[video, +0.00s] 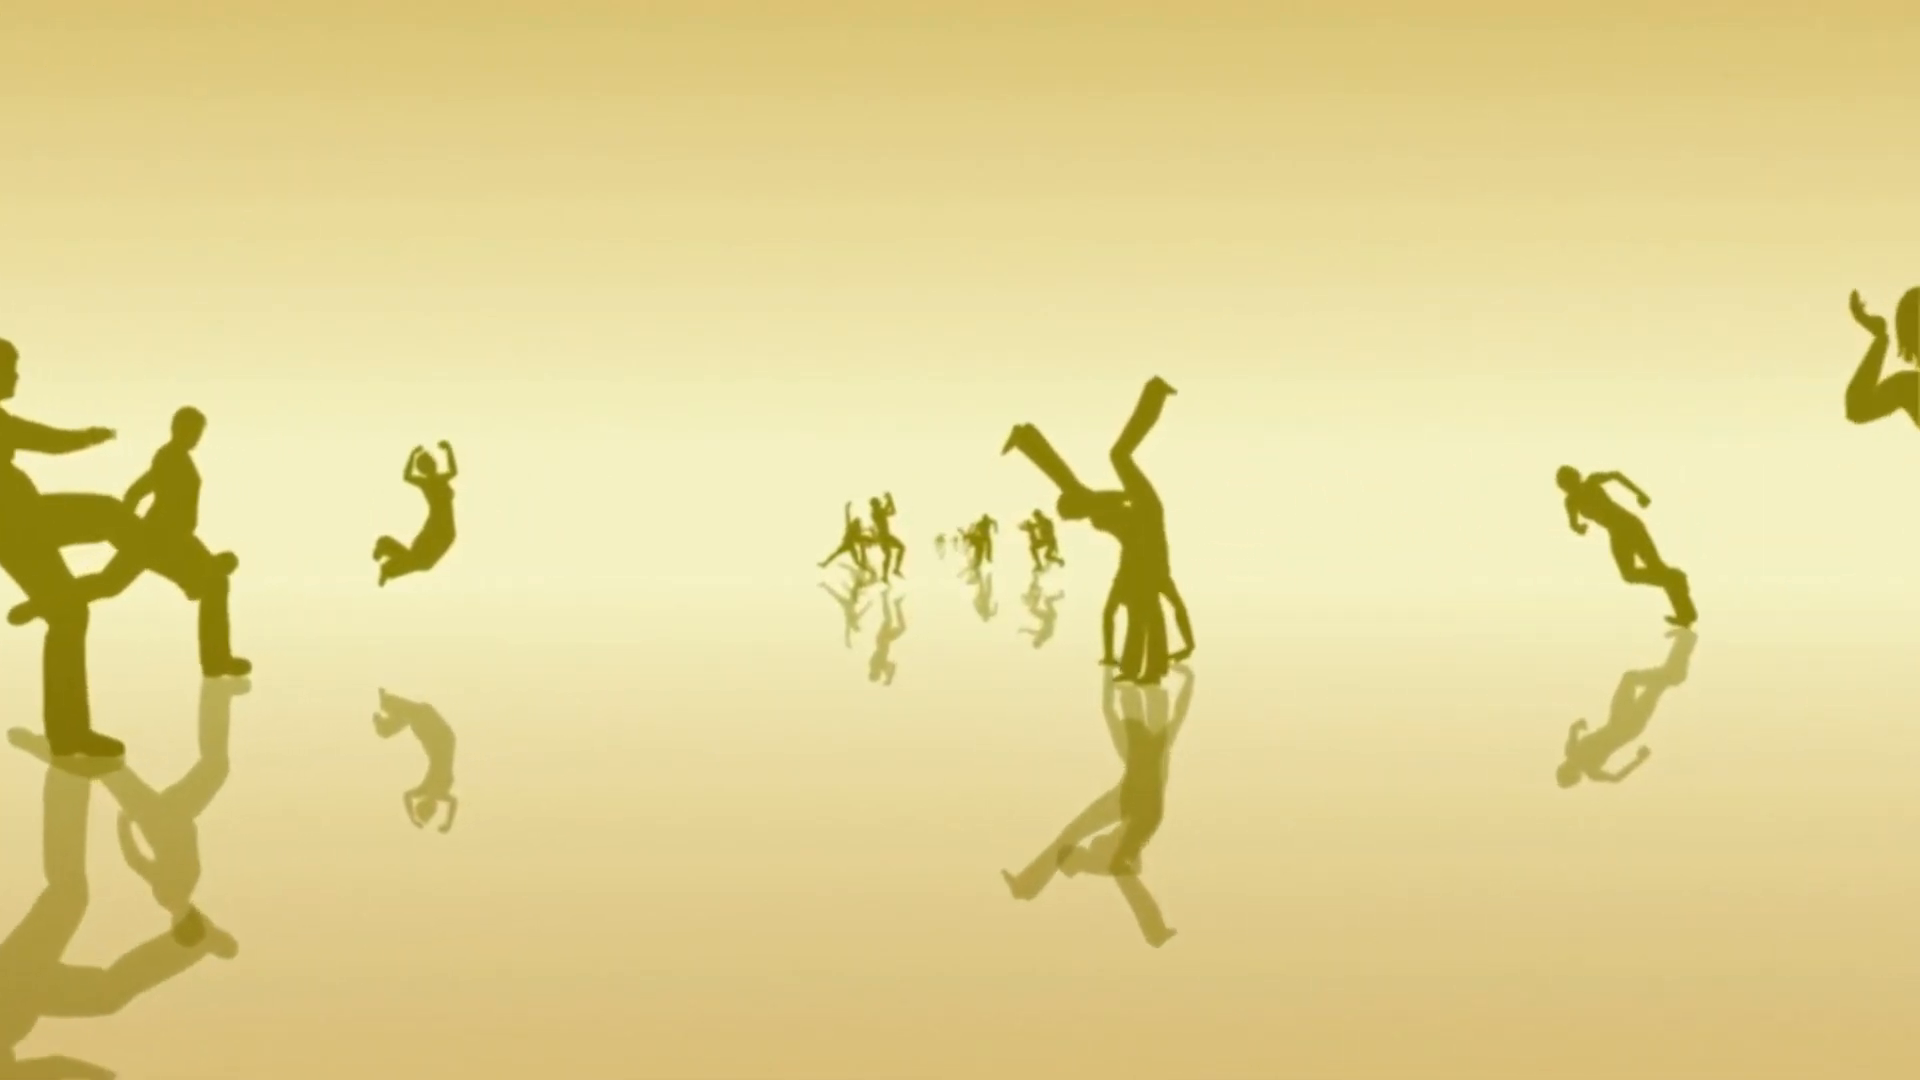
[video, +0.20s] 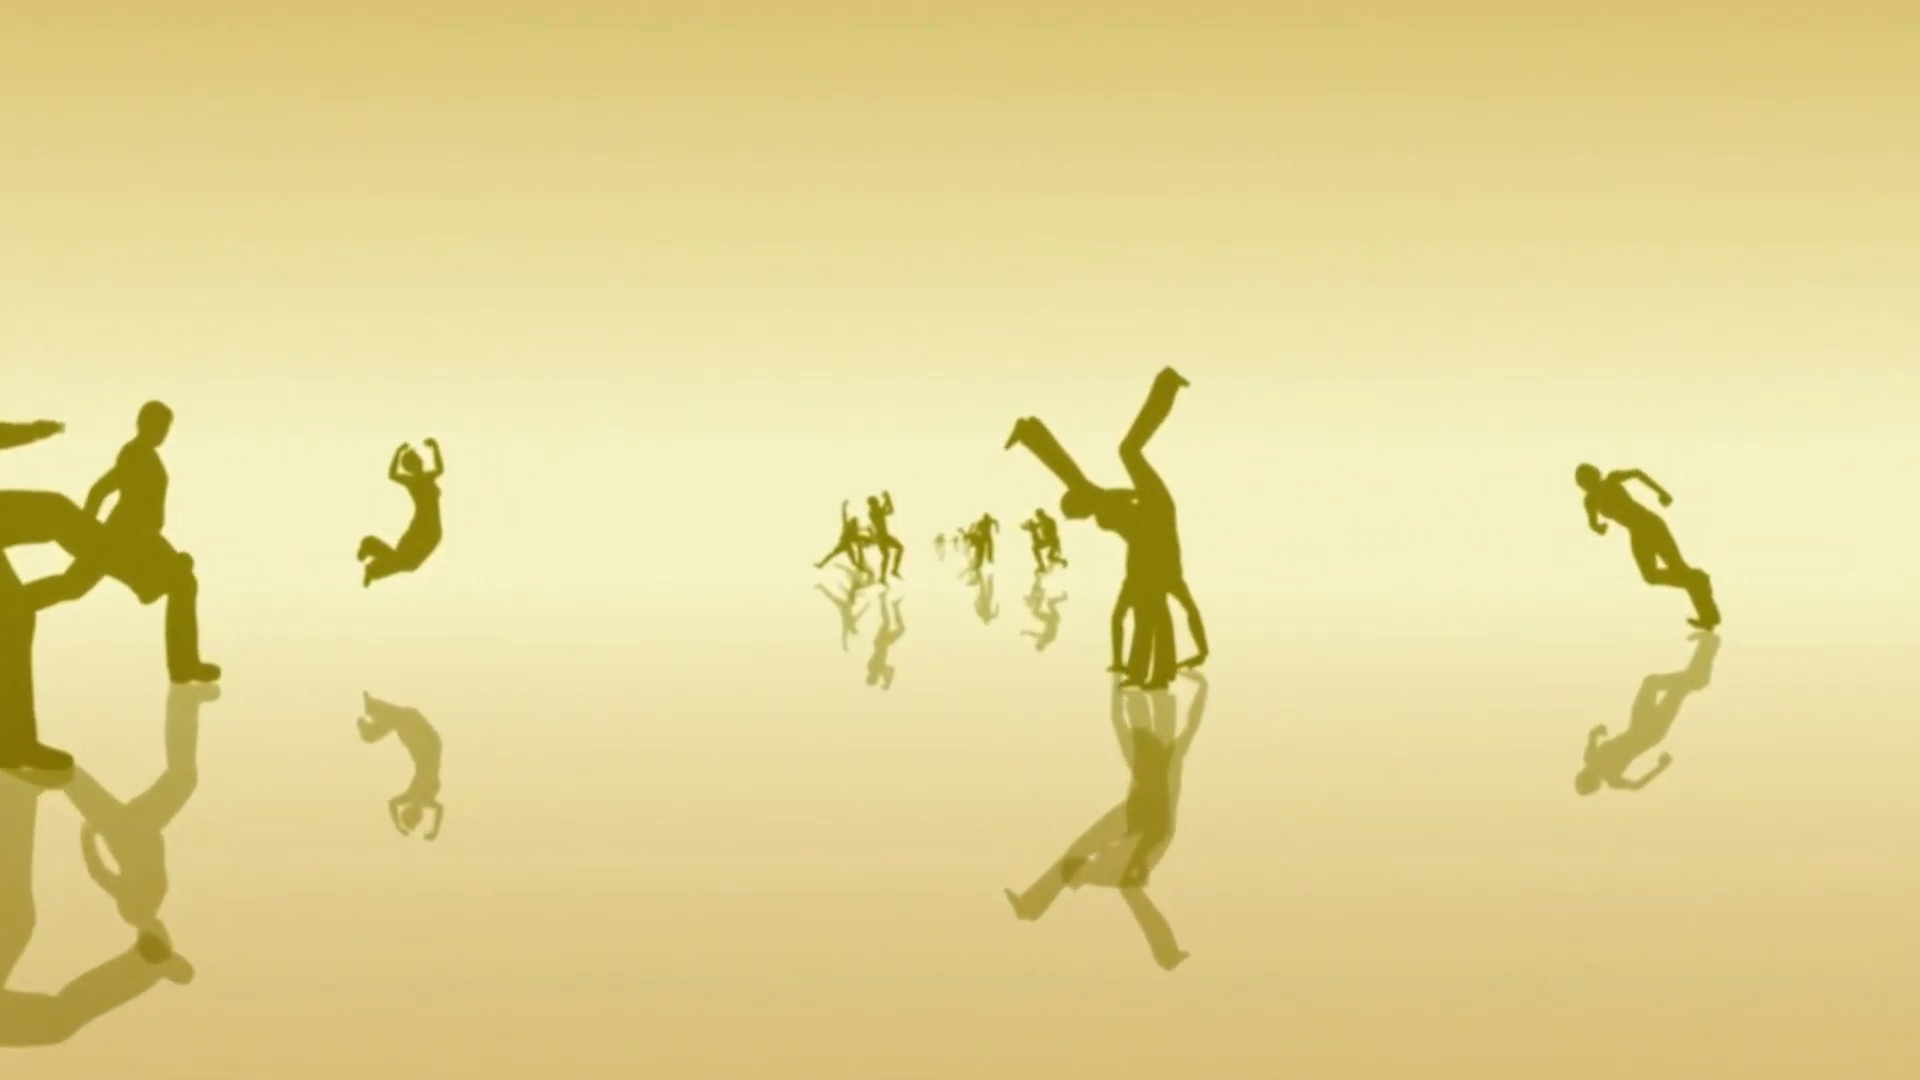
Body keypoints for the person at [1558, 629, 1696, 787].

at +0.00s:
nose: (1573, 779)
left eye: (1569, 778)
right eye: (1571, 781)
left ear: (1565, 768)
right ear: (1573, 778)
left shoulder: (1572, 753)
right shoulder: (1592, 772)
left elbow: (1572, 735)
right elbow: (1616, 778)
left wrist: (1577, 726)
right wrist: (1639, 760)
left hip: (1617, 719)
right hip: (1631, 728)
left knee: (1628, 679)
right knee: (1657, 687)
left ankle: (1667, 674)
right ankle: (1685, 641)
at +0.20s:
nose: (1592, 785)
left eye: (1588, 784)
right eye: (1590, 787)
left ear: (1585, 774)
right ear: (1593, 784)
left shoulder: (1591, 760)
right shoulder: (1612, 780)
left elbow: (1591, 742)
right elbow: (1637, 785)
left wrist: (1596, 732)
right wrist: (1660, 768)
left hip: (1638, 725)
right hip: (1651, 735)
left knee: (1649, 684)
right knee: (1679, 691)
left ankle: (1690, 678)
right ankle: (1708, 644)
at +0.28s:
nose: (1605, 791)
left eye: (1601, 790)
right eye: (1603, 792)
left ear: (1597, 779)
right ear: (1606, 789)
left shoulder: (1603, 764)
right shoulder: (1625, 785)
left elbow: (1604, 745)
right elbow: (1650, 790)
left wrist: (1609, 735)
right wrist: (1674, 772)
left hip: (1651, 728)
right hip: (1664, 738)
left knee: (1662, 686)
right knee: (1692, 696)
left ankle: (1703, 681)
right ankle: (1722, 648)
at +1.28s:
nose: (1727, 837)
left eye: (1722, 836)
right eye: (1725, 839)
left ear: (1717, 824)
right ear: (1727, 836)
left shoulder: (1724, 806)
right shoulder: (1751, 831)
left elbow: (1725, 782)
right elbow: (1780, 836)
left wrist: (1732, 771)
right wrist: (1808, 815)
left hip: (1780, 763)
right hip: (1798, 775)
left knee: (1794, 713)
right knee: (1833, 720)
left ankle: (1841, 707)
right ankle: (1866, 664)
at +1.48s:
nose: (1756, 847)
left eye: (1750, 846)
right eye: (1753, 850)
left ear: (1746, 834)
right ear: (1756, 847)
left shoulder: (1753, 815)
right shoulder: (1780, 842)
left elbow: (1755, 788)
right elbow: (1811, 848)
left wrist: (1762, 780)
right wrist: (1841, 824)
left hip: (1812, 772)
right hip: (1829, 785)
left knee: (1826, 720)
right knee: (1864, 729)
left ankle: (1879, 714)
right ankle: (1900, 670)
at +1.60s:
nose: (1767, 846)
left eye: (1762, 846)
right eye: (1766, 850)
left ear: (1758, 838)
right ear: (1769, 850)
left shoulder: (1765, 818)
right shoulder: (1793, 845)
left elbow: (1767, 789)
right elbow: (1824, 853)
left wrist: (1776, 783)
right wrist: (1855, 828)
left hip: (1826, 773)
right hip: (1845, 787)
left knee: (1840, 722)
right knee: (1879, 729)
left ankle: (1890, 716)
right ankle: (1911, 666)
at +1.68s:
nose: (1787, 858)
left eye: (1781, 857)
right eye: (1785, 860)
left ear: (1776, 846)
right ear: (1787, 859)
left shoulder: (1784, 826)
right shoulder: (1813, 854)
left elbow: (1786, 798)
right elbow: (1846, 859)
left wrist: (1794, 789)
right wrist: (1875, 835)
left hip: (1846, 780)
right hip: (1866, 793)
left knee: (1861, 726)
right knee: (1896, 738)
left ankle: (1908, 718)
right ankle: (1912, 722)